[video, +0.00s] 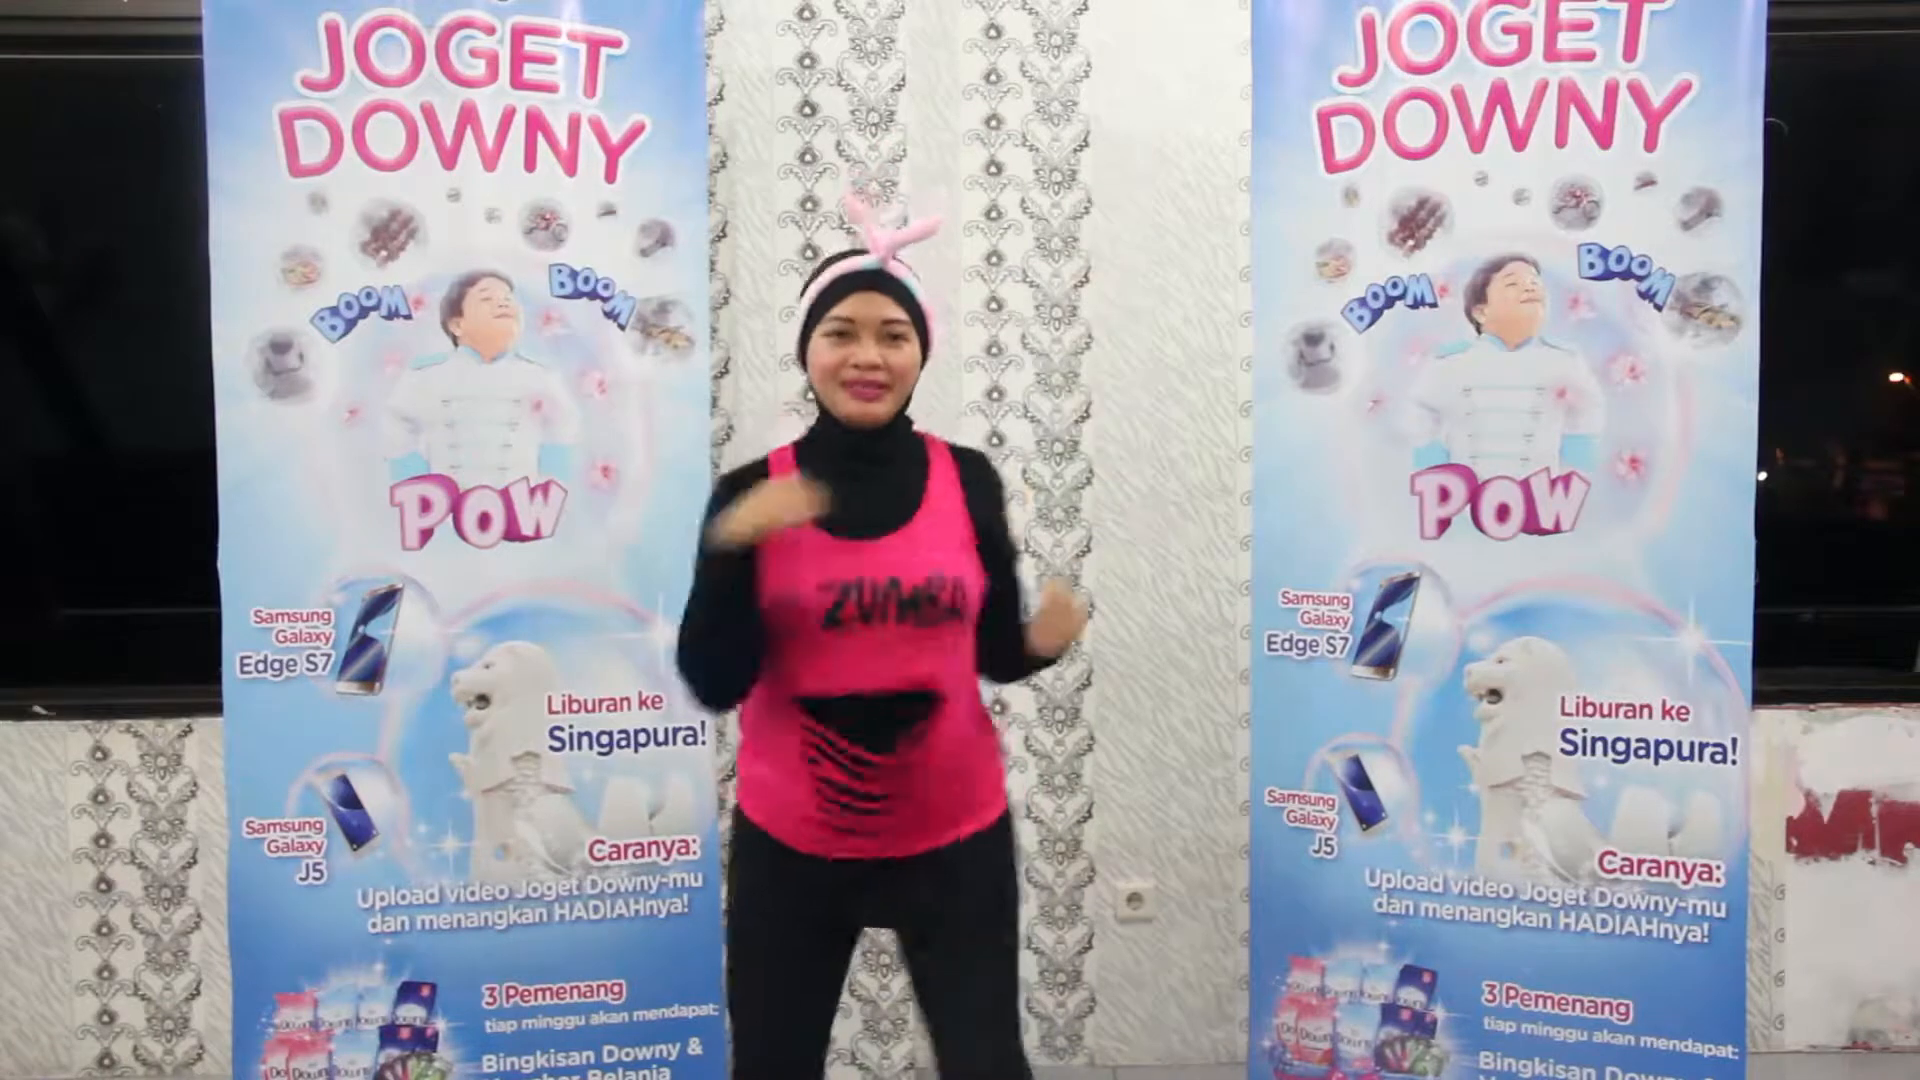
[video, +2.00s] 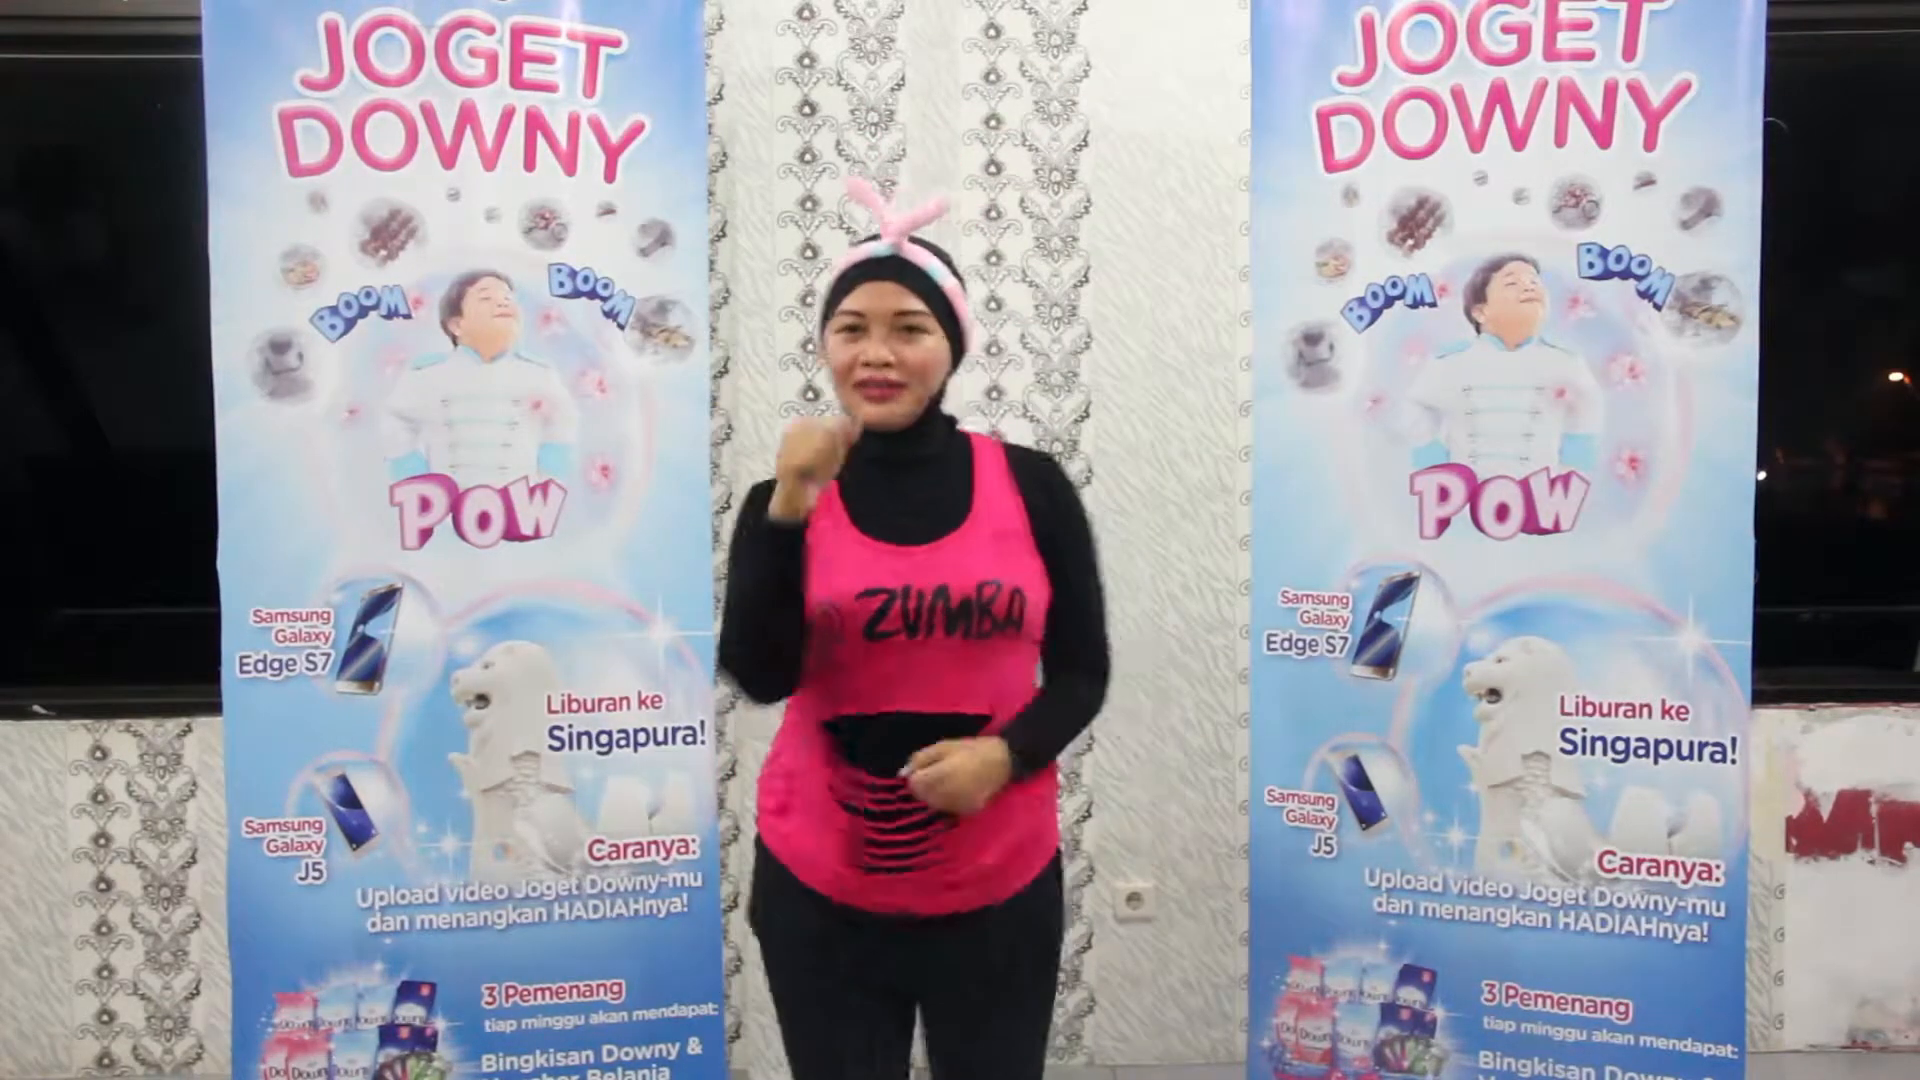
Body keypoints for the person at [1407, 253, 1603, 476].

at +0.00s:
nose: (1529, 287)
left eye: (1535, 281)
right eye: (1511, 283)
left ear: (1544, 299)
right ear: (1479, 311)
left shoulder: (1565, 363)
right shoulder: (1446, 365)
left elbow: (1584, 430)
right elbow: (1418, 421)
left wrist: (1566, 492)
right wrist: (1435, 481)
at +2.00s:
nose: (1529, 287)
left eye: (1534, 281)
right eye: (1511, 283)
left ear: (1545, 299)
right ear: (1479, 311)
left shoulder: (1565, 364)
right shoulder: (1447, 367)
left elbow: (1585, 426)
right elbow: (1413, 415)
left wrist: (1567, 483)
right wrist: (1435, 473)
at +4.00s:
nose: (1529, 287)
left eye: (1535, 281)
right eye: (1511, 283)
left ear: (1545, 299)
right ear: (1479, 311)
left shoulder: (1565, 365)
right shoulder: (1445, 368)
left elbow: (1583, 434)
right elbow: (1415, 423)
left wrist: (1564, 492)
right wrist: (1437, 478)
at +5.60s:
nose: (1529, 286)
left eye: (1534, 280)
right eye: (1510, 283)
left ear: (1545, 299)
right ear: (1479, 311)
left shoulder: (1565, 363)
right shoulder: (1446, 365)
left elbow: (1584, 432)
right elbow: (1416, 420)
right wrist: (1436, 481)